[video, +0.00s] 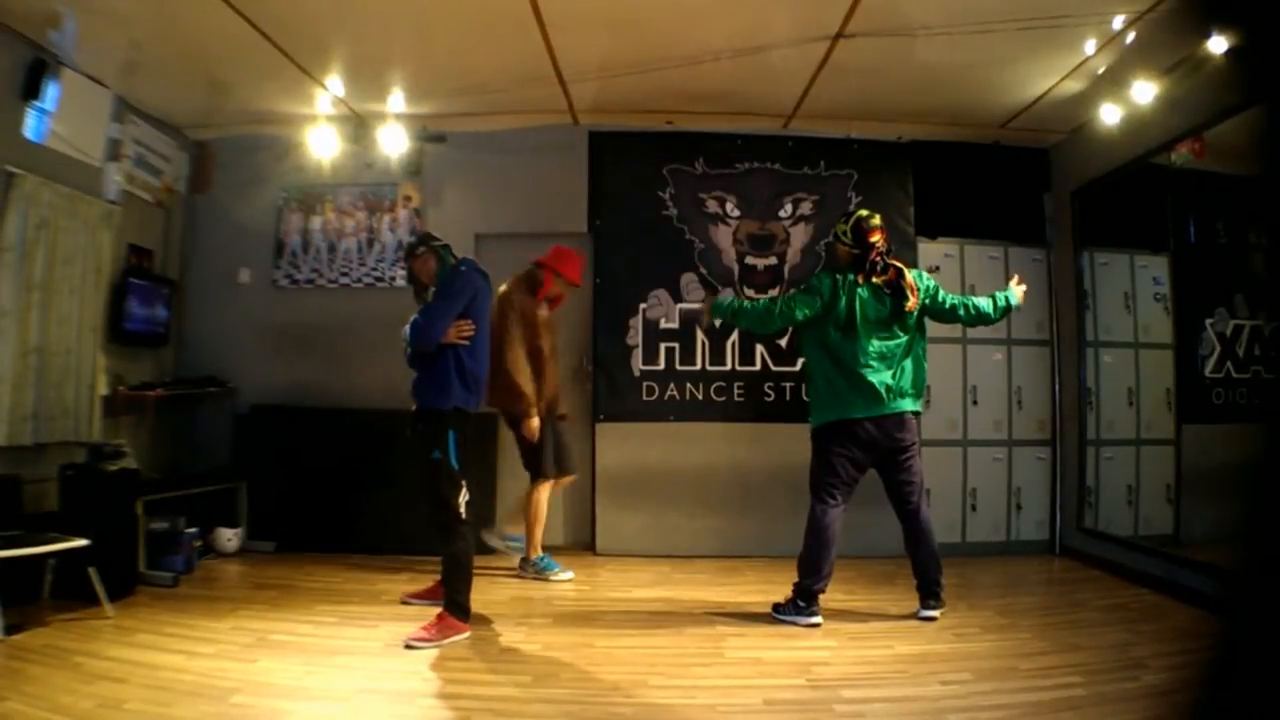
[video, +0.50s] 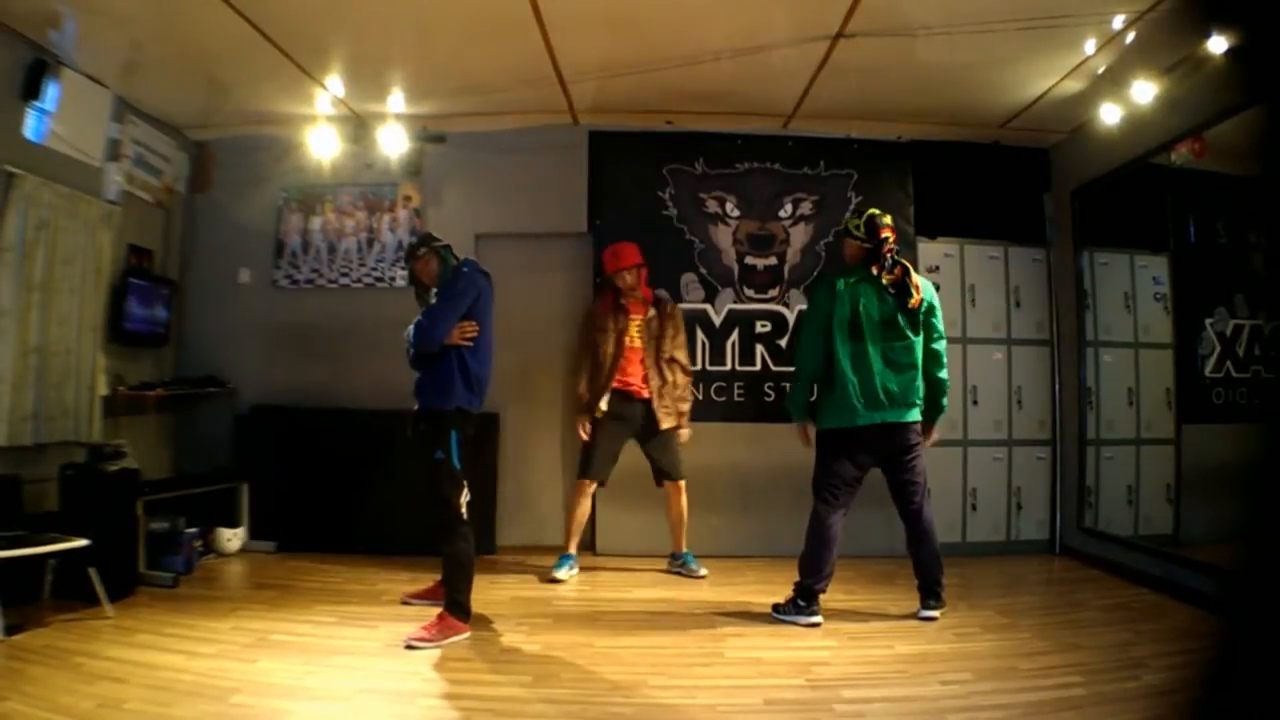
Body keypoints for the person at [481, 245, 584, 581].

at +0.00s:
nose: (562, 294)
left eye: (565, 288)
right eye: (561, 286)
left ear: (552, 280)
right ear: (547, 276)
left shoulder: (536, 302)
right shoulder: (513, 298)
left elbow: (543, 357)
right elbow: (512, 358)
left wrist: (552, 402)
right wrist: (527, 408)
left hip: (542, 402)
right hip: (523, 405)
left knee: (564, 473)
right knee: (542, 476)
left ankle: (507, 529)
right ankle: (533, 556)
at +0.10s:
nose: (581, 285)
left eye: (584, 280)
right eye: (579, 278)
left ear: (581, 277)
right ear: (565, 269)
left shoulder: (570, 300)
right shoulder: (527, 294)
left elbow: (571, 356)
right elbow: (527, 352)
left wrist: (583, 395)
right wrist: (541, 404)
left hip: (569, 399)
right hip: (538, 401)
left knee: (593, 471)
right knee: (547, 479)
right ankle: (532, 556)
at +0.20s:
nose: (593, 280)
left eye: (599, 275)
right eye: (589, 272)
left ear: (602, 277)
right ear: (573, 267)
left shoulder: (594, 305)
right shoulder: (544, 295)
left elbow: (596, 356)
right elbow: (539, 350)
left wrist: (605, 399)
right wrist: (554, 399)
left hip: (589, 401)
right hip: (557, 402)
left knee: (614, 477)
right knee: (558, 481)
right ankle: (534, 556)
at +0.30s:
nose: (601, 279)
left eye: (607, 272)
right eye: (595, 272)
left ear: (615, 273)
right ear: (581, 272)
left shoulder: (623, 308)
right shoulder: (560, 301)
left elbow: (628, 358)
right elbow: (551, 351)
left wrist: (629, 402)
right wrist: (561, 397)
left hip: (611, 405)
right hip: (576, 404)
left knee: (639, 479)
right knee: (569, 485)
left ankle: (663, 551)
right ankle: (539, 555)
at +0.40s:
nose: (614, 280)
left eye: (619, 273)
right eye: (607, 274)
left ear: (628, 274)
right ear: (596, 277)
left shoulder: (647, 312)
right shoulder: (580, 310)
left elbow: (656, 364)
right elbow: (568, 357)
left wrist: (657, 411)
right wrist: (570, 399)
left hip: (638, 408)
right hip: (597, 405)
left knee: (665, 479)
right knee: (577, 485)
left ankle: (672, 554)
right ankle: (552, 555)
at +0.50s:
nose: (625, 279)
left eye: (630, 272)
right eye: (618, 274)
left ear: (641, 271)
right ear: (611, 278)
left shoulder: (666, 312)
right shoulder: (601, 311)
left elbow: (679, 365)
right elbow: (585, 360)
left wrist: (682, 416)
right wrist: (583, 407)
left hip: (657, 408)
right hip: (613, 405)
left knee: (675, 480)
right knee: (587, 480)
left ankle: (680, 553)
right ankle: (569, 555)